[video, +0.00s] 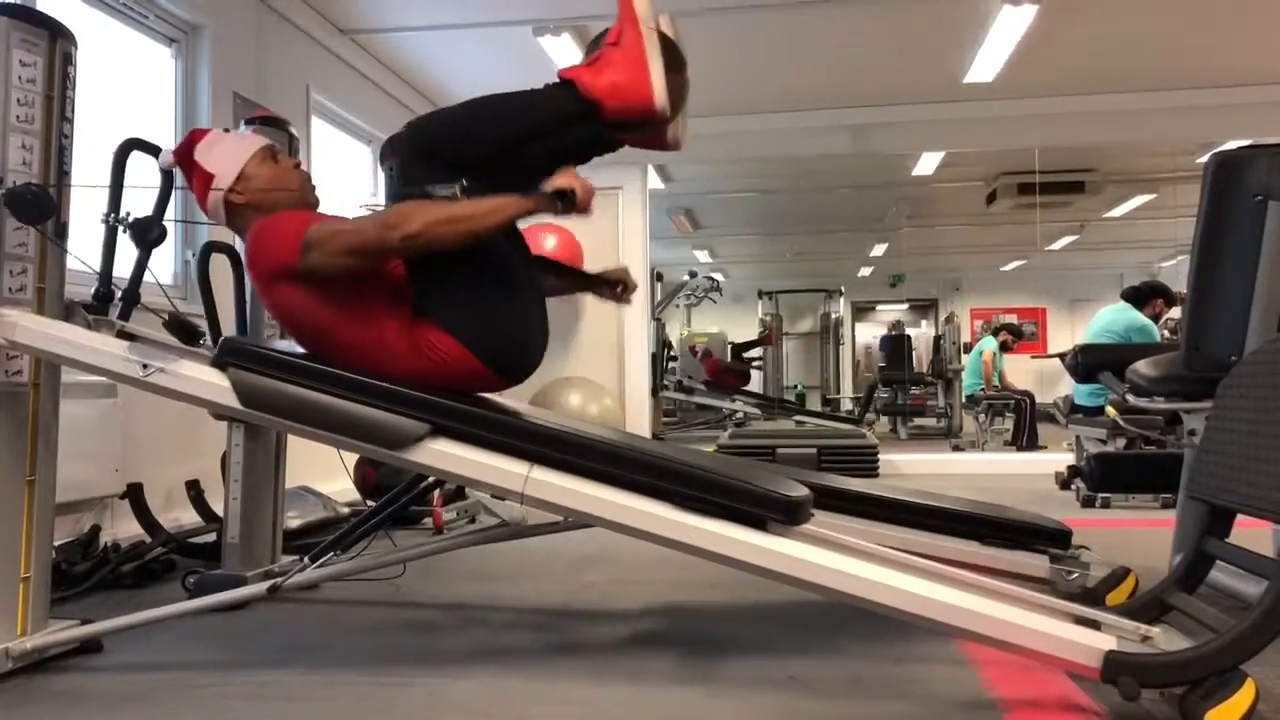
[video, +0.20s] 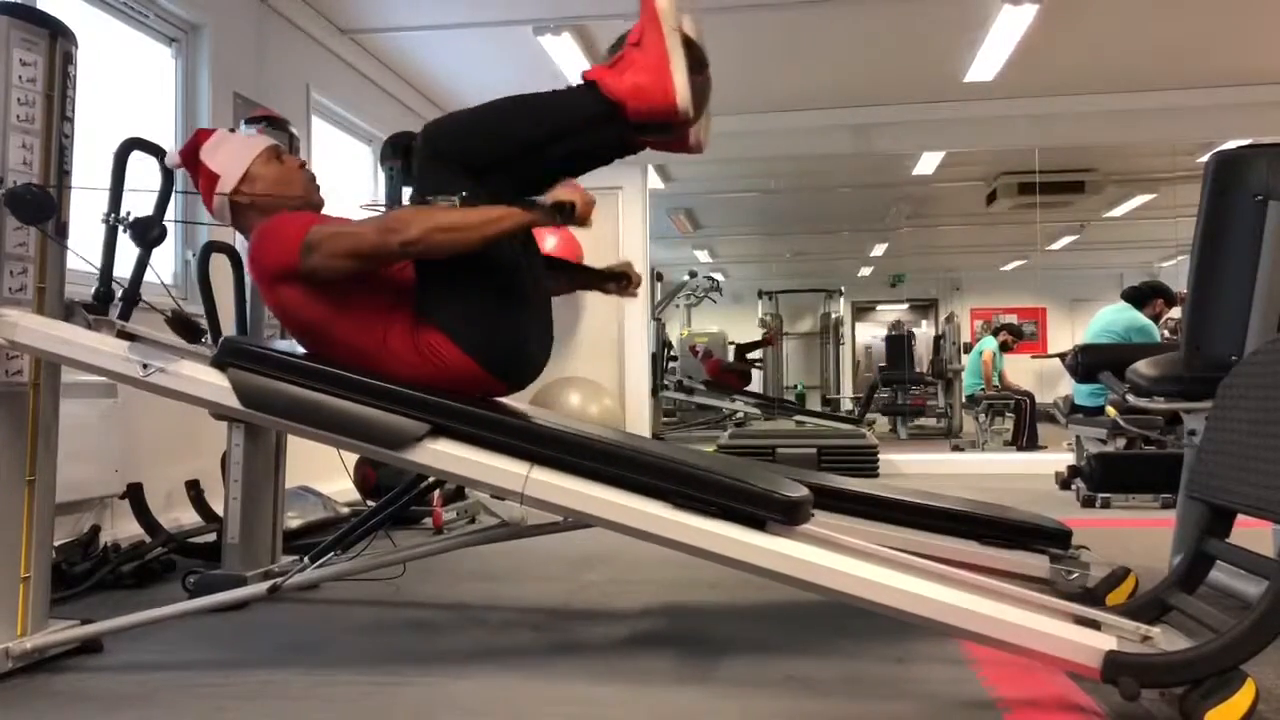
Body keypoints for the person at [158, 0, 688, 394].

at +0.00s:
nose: (296, 163)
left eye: (287, 155)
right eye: (275, 158)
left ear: (246, 192)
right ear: (239, 193)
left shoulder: (291, 249)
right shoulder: (273, 238)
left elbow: (426, 248)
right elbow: (400, 233)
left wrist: (588, 285)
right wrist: (535, 199)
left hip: (488, 341)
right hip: (473, 336)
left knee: (467, 188)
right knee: (414, 148)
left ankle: (626, 123)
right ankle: (604, 86)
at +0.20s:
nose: (303, 162)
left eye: (292, 153)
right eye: (281, 156)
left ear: (253, 187)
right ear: (245, 189)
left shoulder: (294, 245)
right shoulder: (276, 239)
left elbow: (431, 252)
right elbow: (401, 235)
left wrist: (596, 279)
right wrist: (537, 212)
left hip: (492, 343)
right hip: (481, 344)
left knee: (463, 178)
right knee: (439, 150)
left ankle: (647, 125)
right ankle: (626, 89)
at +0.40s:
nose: (312, 174)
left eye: (300, 165)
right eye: (291, 170)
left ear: (271, 203)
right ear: (259, 208)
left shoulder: (339, 261)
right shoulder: (294, 255)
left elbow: (463, 250)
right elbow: (401, 189)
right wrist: (511, 108)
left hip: (514, 350)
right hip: (506, 359)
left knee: (548, 174)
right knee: (536, 158)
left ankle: (724, 136)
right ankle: (719, 123)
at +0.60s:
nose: (343, 194)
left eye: (332, 188)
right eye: (325, 195)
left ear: (322, 221)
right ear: (305, 230)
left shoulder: (389, 277)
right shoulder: (343, 271)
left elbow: (507, 223)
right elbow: (427, 161)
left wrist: (549, 127)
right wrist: (473, 54)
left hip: (563, 353)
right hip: (560, 371)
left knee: (650, 198)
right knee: (647, 198)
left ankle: (839, 160)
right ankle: (846, 168)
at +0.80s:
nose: (381, 214)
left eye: (371, 210)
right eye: (364, 217)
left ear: (373, 244)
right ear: (350, 256)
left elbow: (513, 212)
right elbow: (438, 182)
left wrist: (491, 116)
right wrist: (427, 81)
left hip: (638, 373)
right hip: (631, 393)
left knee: (755, 238)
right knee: (750, 241)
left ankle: (958, 198)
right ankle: (963, 198)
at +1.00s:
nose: (429, 239)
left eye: (421, 235)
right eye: (417, 238)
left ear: (419, 277)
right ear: (413, 270)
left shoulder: (483, 319)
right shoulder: (465, 314)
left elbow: (545, 249)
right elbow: (470, 218)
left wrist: (443, 153)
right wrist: (400, 131)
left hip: (706, 400)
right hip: (711, 415)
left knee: (844, 265)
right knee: (844, 269)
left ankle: (1033, 203)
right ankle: (1051, 208)